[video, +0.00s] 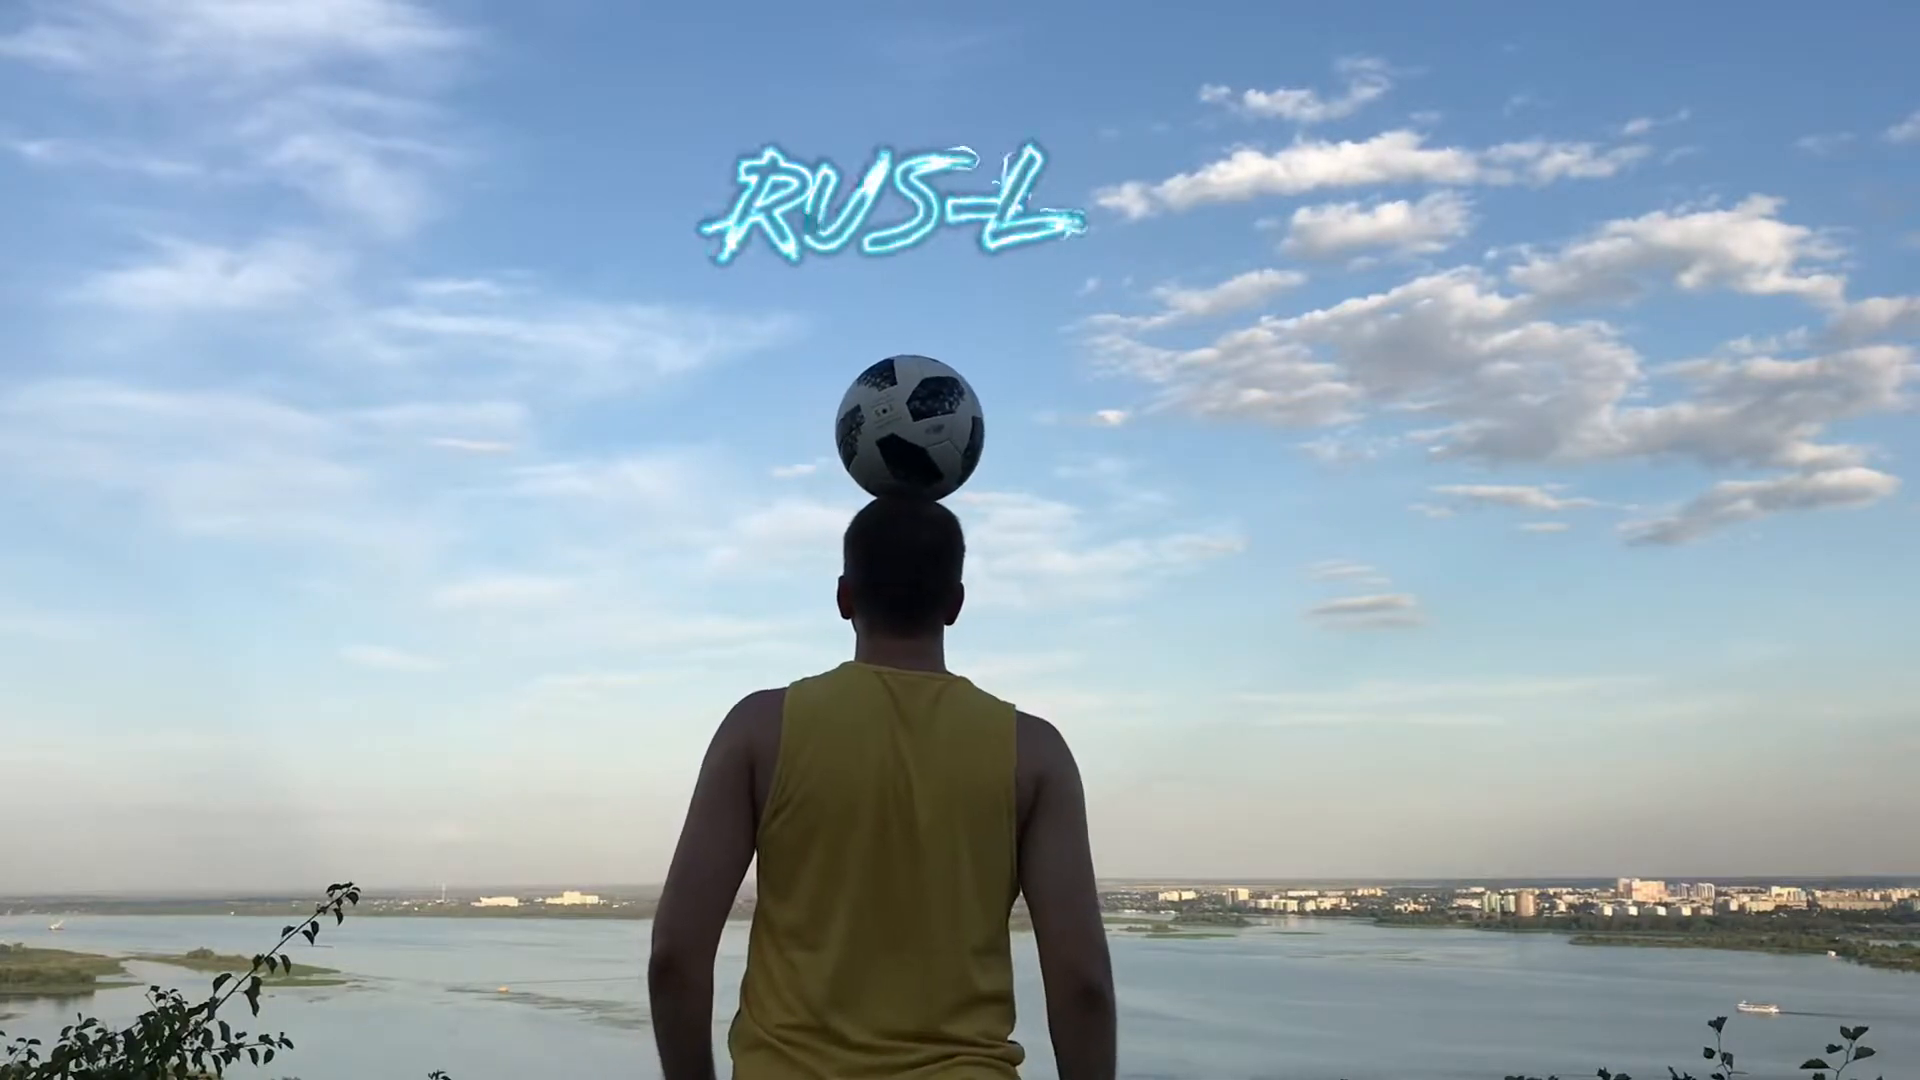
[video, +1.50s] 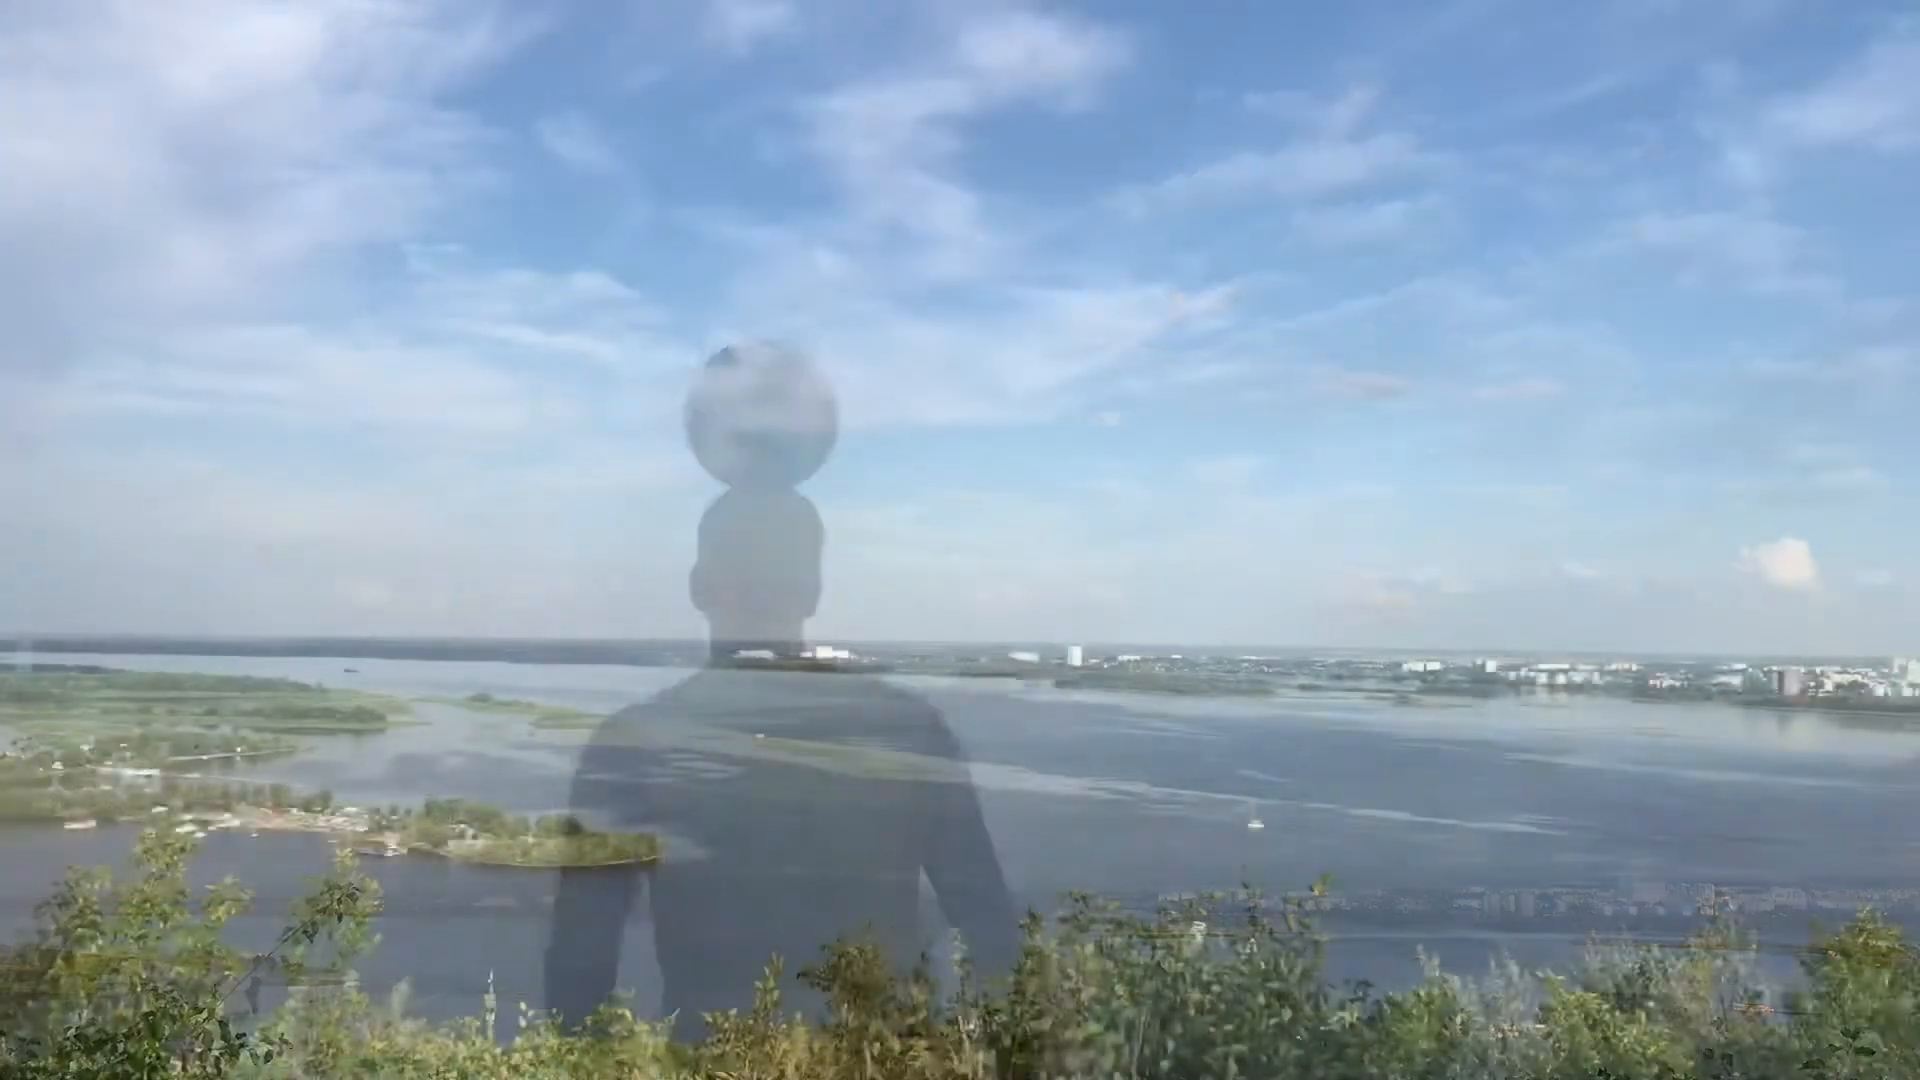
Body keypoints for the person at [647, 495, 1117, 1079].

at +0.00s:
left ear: (843, 597)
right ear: (958, 603)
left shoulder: (760, 726)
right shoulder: (1031, 747)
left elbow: (675, 958)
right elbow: (1083, 985)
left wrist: (693, 1071)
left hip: (788, 1058)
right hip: (966, 1061)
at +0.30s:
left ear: (915, 602)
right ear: (1028, 604)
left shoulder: (829, 721)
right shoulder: (1096, 755)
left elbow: (737, 942)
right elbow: (1137, 996)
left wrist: (747, 1072)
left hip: (838, 1056)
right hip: (1015, 1060)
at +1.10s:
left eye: (838, 582)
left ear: (841, 598)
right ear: (955, 602)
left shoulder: (775, 737)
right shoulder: (1045, 737)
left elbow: (709, 975)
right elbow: (1123, 963)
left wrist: (734, 1076)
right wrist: (1137, 1075)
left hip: (829, 1062)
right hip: (1009, 1063)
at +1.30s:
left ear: (774, 585)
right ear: (889, 592)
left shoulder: (701, 732)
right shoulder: (974, 732)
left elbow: (639, 970)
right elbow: (1053, 956)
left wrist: (665, 1073)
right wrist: (1076, 1070)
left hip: (772, 1057)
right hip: (944, 1057)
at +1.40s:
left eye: (750, 564)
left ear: (743, 584)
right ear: (860, 590)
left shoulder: (674, 733)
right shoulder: (945, 730)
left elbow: (610, 960)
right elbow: (1021, 932)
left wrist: (635, 1072)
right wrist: (1049, 1067)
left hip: (744, 1058)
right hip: (918, 1059)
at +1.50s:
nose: (749, 586)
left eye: (708, 563)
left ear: (700, 586)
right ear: (815, 586)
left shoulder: (636, 739)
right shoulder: (904, 723)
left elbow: (580, 955)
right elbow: (987, 912)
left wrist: (580, 1059)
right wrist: (1016, 1044)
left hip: (716, 1051)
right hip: (883, 1050)